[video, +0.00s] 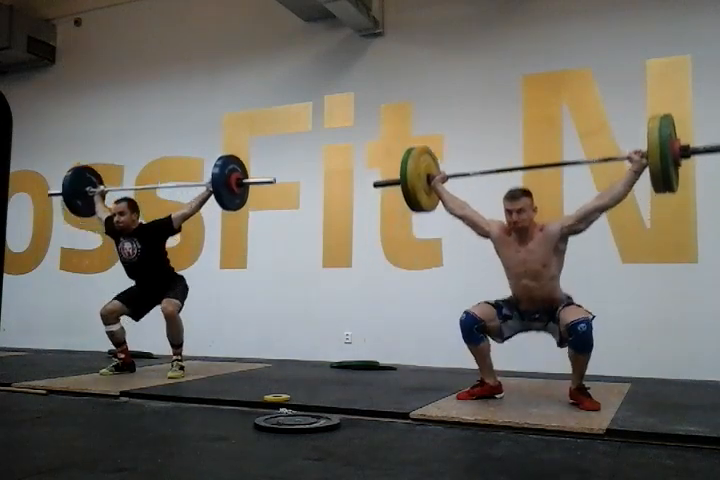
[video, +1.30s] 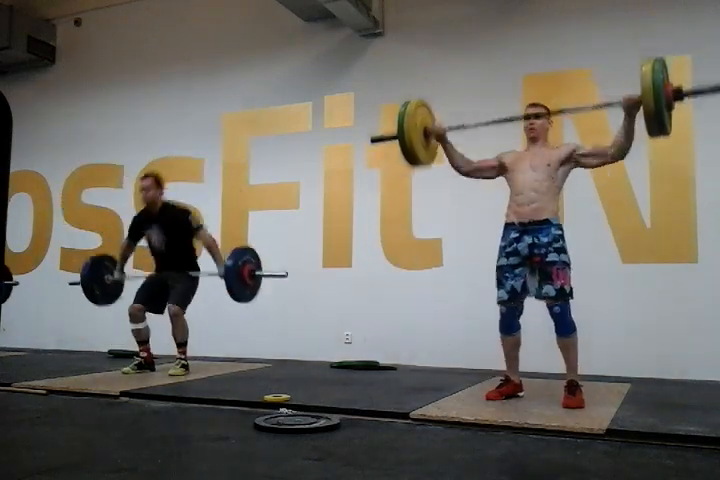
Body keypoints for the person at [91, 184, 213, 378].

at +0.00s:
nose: (117, 219)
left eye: (121, 215)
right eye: (114, 216)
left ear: (135, 215)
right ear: (113, 218)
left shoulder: (153, 230)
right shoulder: (117, 233)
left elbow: (188, 210)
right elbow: (102, 213)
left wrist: (210, 189)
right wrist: (97, 196)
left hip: (170, 284)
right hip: (144, 288)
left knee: (169, 310)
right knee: (108, 313)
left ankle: (177, 361)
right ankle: (124, 361)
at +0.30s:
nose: (123, 181)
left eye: (128, 177)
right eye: (122, 178)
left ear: (142, 179)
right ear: (121, 181)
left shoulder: (160, 194)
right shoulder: (123, 196)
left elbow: (191, 176)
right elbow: (109, 181)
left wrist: (213, 154)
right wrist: (105, 162)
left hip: (167, 261)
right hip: (140, 263)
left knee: (170, 304)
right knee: (121, 306)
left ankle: (178, 360)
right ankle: (125, 359)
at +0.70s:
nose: (156, 165)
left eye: (161, 160)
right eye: (155, 161)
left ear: (174, 165)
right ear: (154, 165)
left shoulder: (185, 185)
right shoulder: (147, 186)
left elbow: (210, 168)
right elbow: (127, 173)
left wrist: (221, 139)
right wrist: (115, 153)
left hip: (175, 258)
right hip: (150, 257)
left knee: (178, 308)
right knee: (140, 305)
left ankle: (183, 359)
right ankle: (146, 358)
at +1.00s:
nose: (174, 169)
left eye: (179, 166)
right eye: (173, 166)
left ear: (191, 171)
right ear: (172, 170)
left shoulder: (197, 191)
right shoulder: (161, 192)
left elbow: (226, 194)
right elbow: (143, 204)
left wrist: (237, 174)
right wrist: (122, 191)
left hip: (177, 259)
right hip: (152, 257)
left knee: (179, 308)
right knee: (146, 307)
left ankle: (183, 359)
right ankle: (146, 358)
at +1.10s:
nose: (172, 172)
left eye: (176, 169)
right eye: (170, 169)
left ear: (188, 171)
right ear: (169, 171)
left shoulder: (199, 191)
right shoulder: (164, 194)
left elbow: (224, 197)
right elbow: (141, 207)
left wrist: (238, 200)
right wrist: (118, 211)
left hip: (180, 258)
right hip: (156, 256)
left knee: (178, 308)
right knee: (144, 305)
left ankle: (183, 359)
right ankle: (146, 358)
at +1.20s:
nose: (162, 177)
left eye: (166, 173)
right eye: (159, 173)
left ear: (177, 174)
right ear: (158, 175)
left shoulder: (194, 197)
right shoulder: (155, 201)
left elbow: (215, 217)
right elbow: (136, 223)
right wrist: (119, 242)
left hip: (182, 261)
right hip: (159, 260)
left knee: (174, 308)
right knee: (140, 307)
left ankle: (182, 359)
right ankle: (146, 358)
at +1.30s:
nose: (144, 195)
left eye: (148, 190)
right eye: (142, 190)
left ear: (160, 191)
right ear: (140, 193)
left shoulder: (182, 215)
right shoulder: (141, 219)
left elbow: (207, 239)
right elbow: (129, 244)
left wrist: (221, 265)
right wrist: (119, 268)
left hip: (185, 274)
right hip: (161, 274)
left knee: (174, 310)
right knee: (135, 311)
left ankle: (182, 360)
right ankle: (146, 359)